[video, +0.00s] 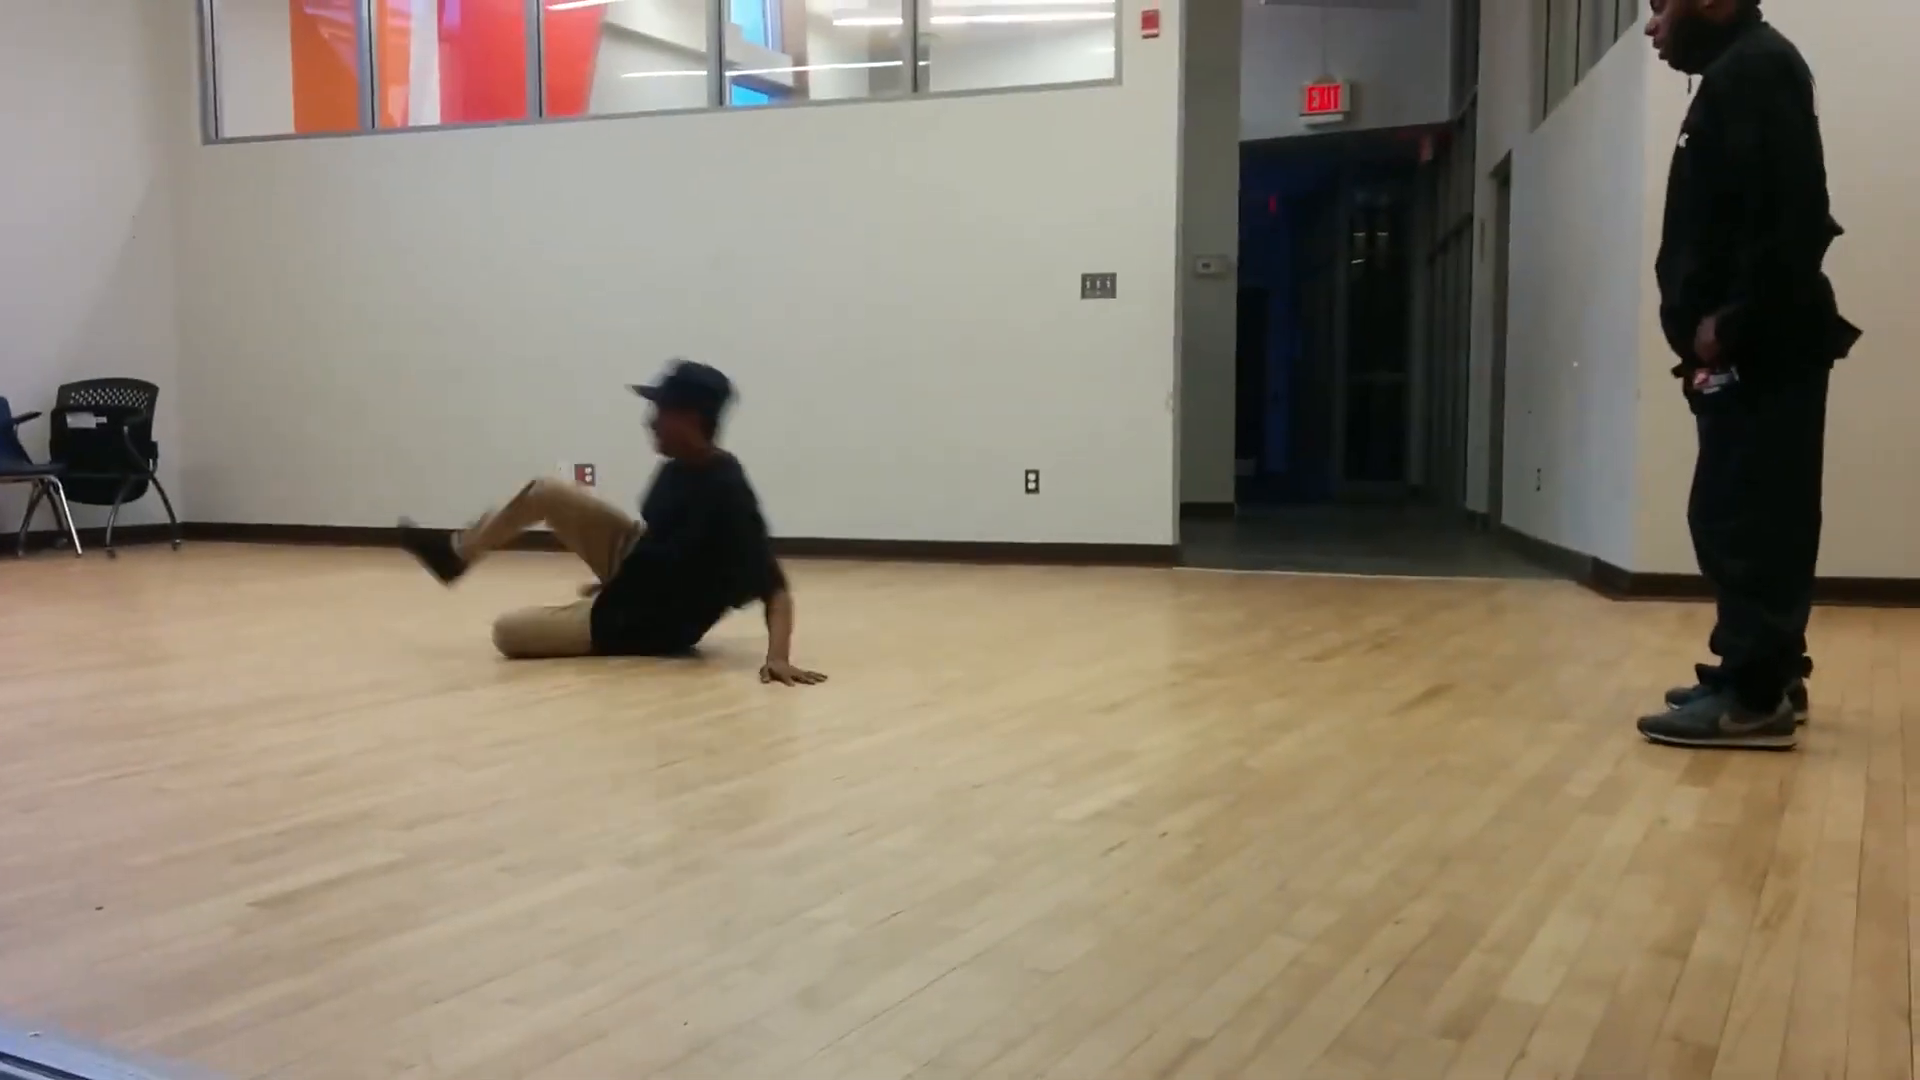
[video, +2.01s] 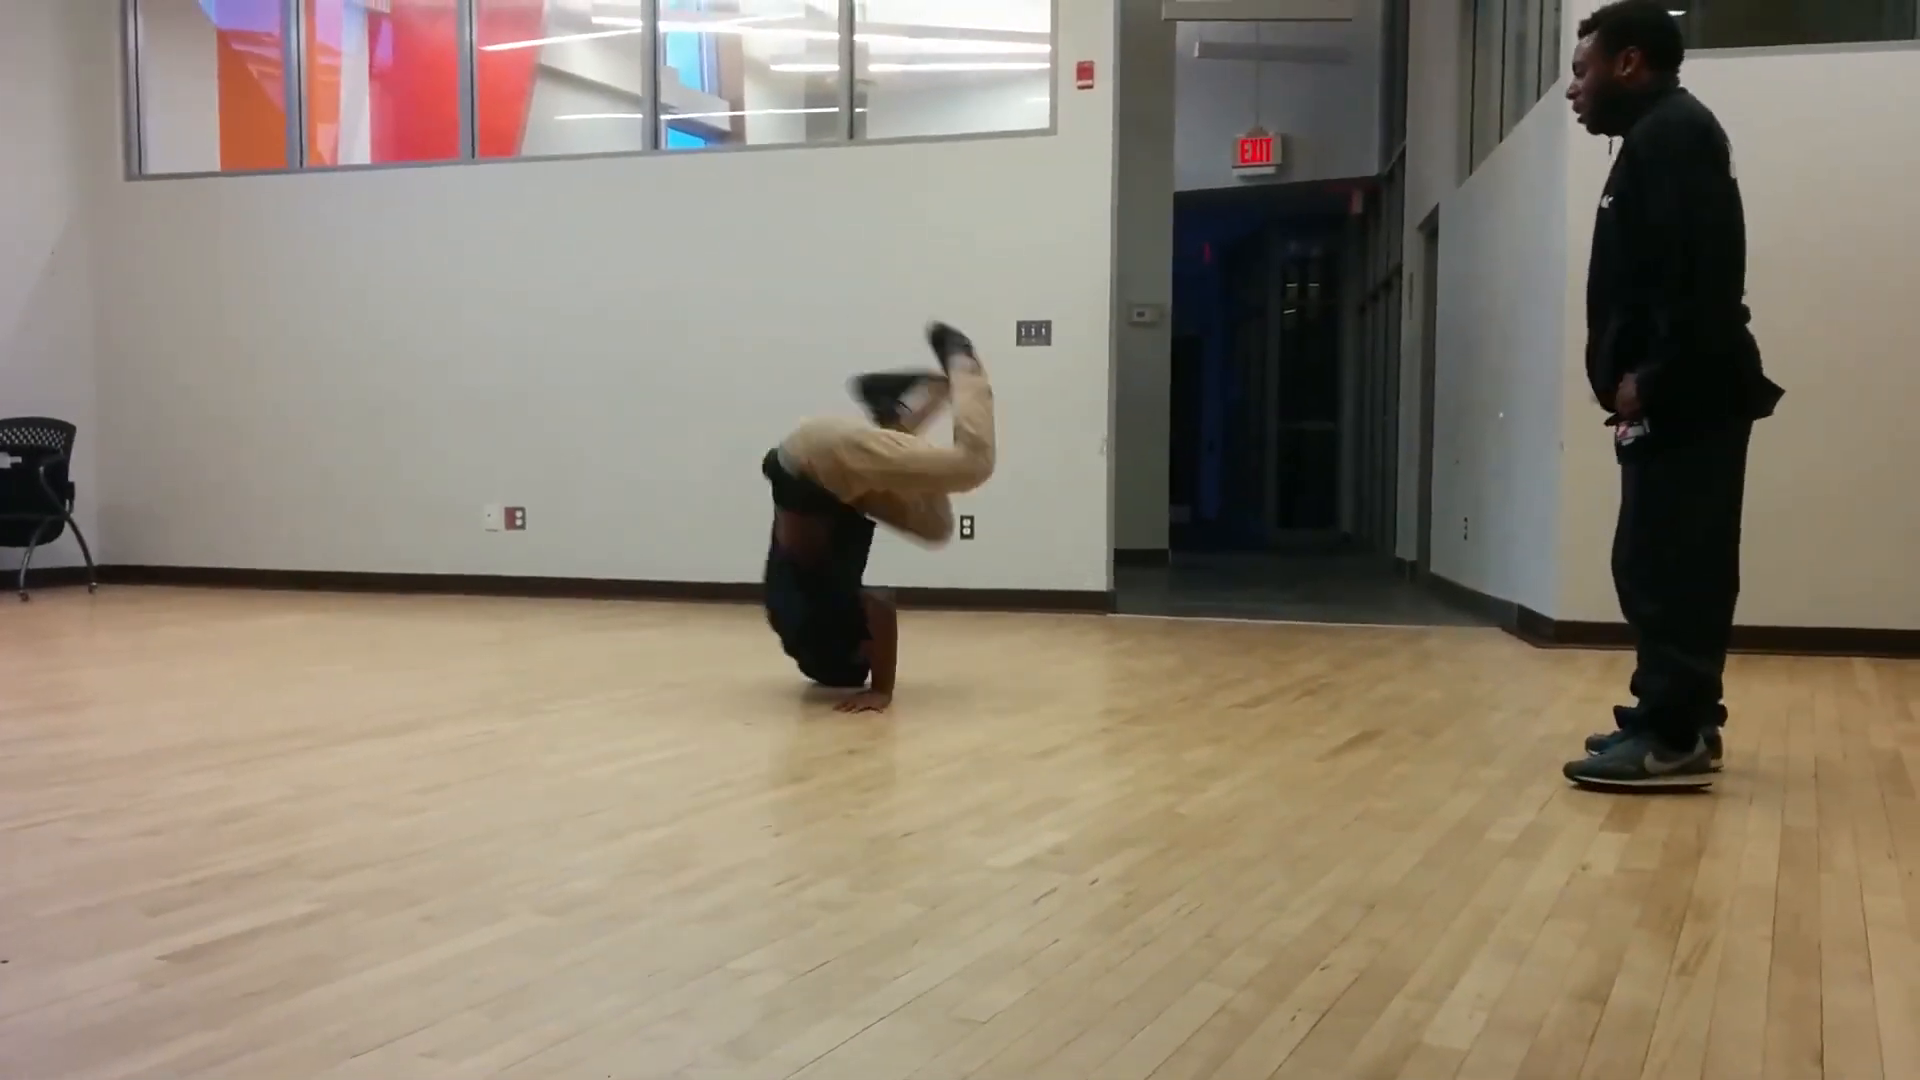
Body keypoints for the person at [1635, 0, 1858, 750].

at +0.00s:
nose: (1650, 26)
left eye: (1659, 7)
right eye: (1650, 11)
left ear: (1712, 3)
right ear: (1715, 8)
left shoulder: (1754, 70)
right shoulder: (1744, 68)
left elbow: (1788, 221)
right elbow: (1756, 220)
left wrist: (1728, 321)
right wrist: (1701, 328)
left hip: (1766, 353)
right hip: (1752, 350)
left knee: (1744, 515)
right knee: (1749, 512)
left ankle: (1755, 698)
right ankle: (1760, 678)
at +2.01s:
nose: (1572, 86)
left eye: (1583, 69)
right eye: (1573, 70)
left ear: (1631, 65)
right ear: (1635, 66)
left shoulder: (1670, 135)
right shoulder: (1666, 132)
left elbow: (1686, 276)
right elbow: (1680, 274)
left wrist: (1645, 379)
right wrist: (1633, 371)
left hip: (1686, 401)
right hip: (1682, 398)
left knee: (1666, 565)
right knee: (1670, 561)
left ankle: (1674, 736)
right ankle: (1678, 720)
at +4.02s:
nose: (1578, 47)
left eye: (1587, 26)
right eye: (1580, 29)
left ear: (1632, 24)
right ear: (1647, 26)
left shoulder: (1657, 110)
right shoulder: (1716, 95)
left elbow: (1636, 246)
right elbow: (1810, 208)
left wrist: (1624, 360)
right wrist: (1735, 287)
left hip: (1679, 386)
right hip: (1735, 377)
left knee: (1647, 553)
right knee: (1736, 545)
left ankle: (1648, 732)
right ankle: (1780, 714)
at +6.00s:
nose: (1577, 71)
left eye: (1589, 52)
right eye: (1578, 54)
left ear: (1647, 48)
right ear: (1642, 52)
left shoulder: (1692, 130)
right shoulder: (1664, 132)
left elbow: (1730, 277)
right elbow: (1684, 279)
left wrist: (1658, 389)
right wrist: (1621, 382)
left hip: (1684, 425)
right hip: (1652, 423)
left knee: (1674, 596)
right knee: (1645, 592)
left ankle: (1675, 787)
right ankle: (1642, 753)